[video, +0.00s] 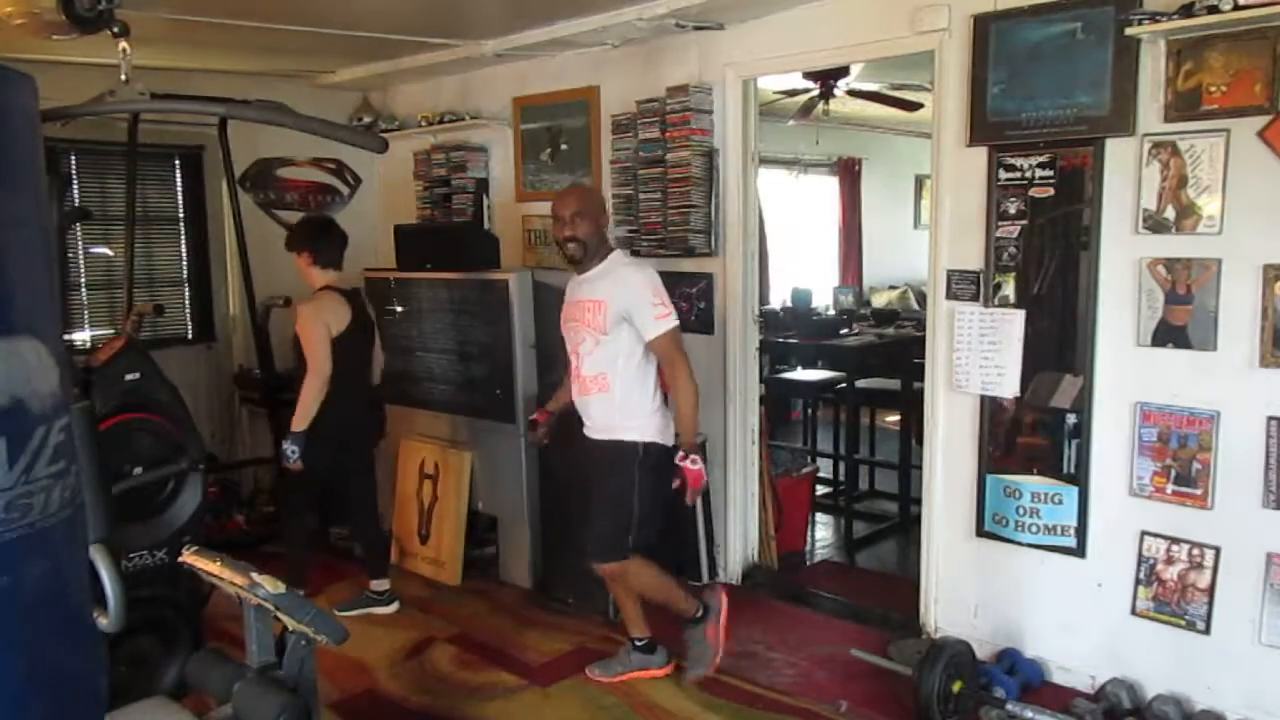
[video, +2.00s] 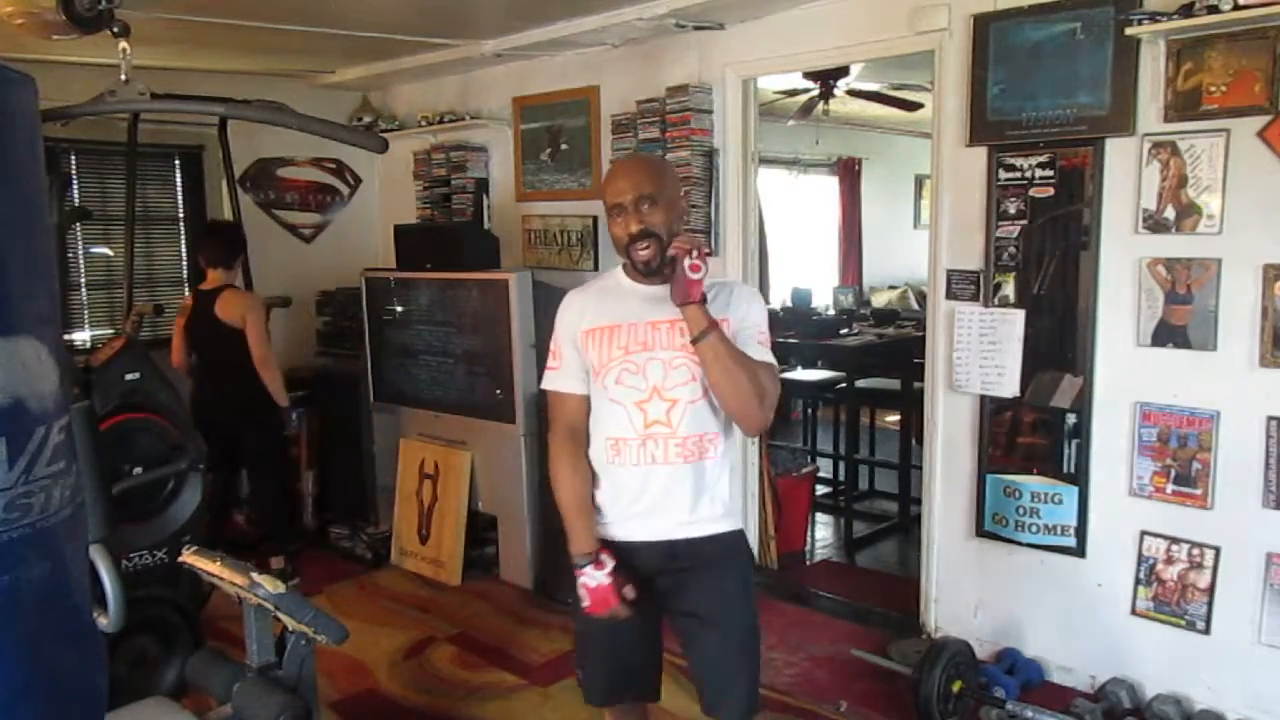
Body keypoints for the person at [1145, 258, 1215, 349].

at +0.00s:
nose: (1180, 273)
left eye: (1184, 269)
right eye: (1177, 269)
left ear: (1188, 272)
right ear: (1172, 272)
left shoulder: (1191, 287)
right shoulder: (1168, 286)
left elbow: (1213, 269)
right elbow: (1151, 266)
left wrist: (1196, 263)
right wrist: (1166, 261)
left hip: (1182, 329)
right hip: (1165, 327)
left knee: (1189, 357)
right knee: (1155, 355)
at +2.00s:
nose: (1180, 273)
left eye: (1183, 270)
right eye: (1176, 270)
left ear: (1188, 273)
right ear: (1172, 273)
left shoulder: (1191, 287)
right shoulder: (1168, 286)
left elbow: (1213, 268)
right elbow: (1150, 265)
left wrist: (1197, 262)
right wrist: (1166, 261)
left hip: (1181, 329)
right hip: (1164, 327)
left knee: (1189, 358)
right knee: (1155, 356)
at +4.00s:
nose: (1180, 272)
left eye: (1183, 269)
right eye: (1177, 269)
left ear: (1188, 273)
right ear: (1174, 272)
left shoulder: (1192, 287)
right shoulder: (1168, 286)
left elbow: (1212, 268)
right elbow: (1151, 266)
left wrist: (1195, 263)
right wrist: (1166, 261)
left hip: (1182, 329)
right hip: (1165, 327)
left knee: (1190, 357)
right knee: (1155, 355)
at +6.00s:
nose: (1179, 273)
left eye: (1182, 270)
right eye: (1176, 270)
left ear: (1188, 273)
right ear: (1172, 272)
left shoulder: (1191, 288)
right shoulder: (1168, 286)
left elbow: (1213, 268)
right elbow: (1151, 266)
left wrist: (1195, 262)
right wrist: (1166, 262)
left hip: (1181, 329)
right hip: (1165, 328)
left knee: (1190, 357)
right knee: (1154, 356)